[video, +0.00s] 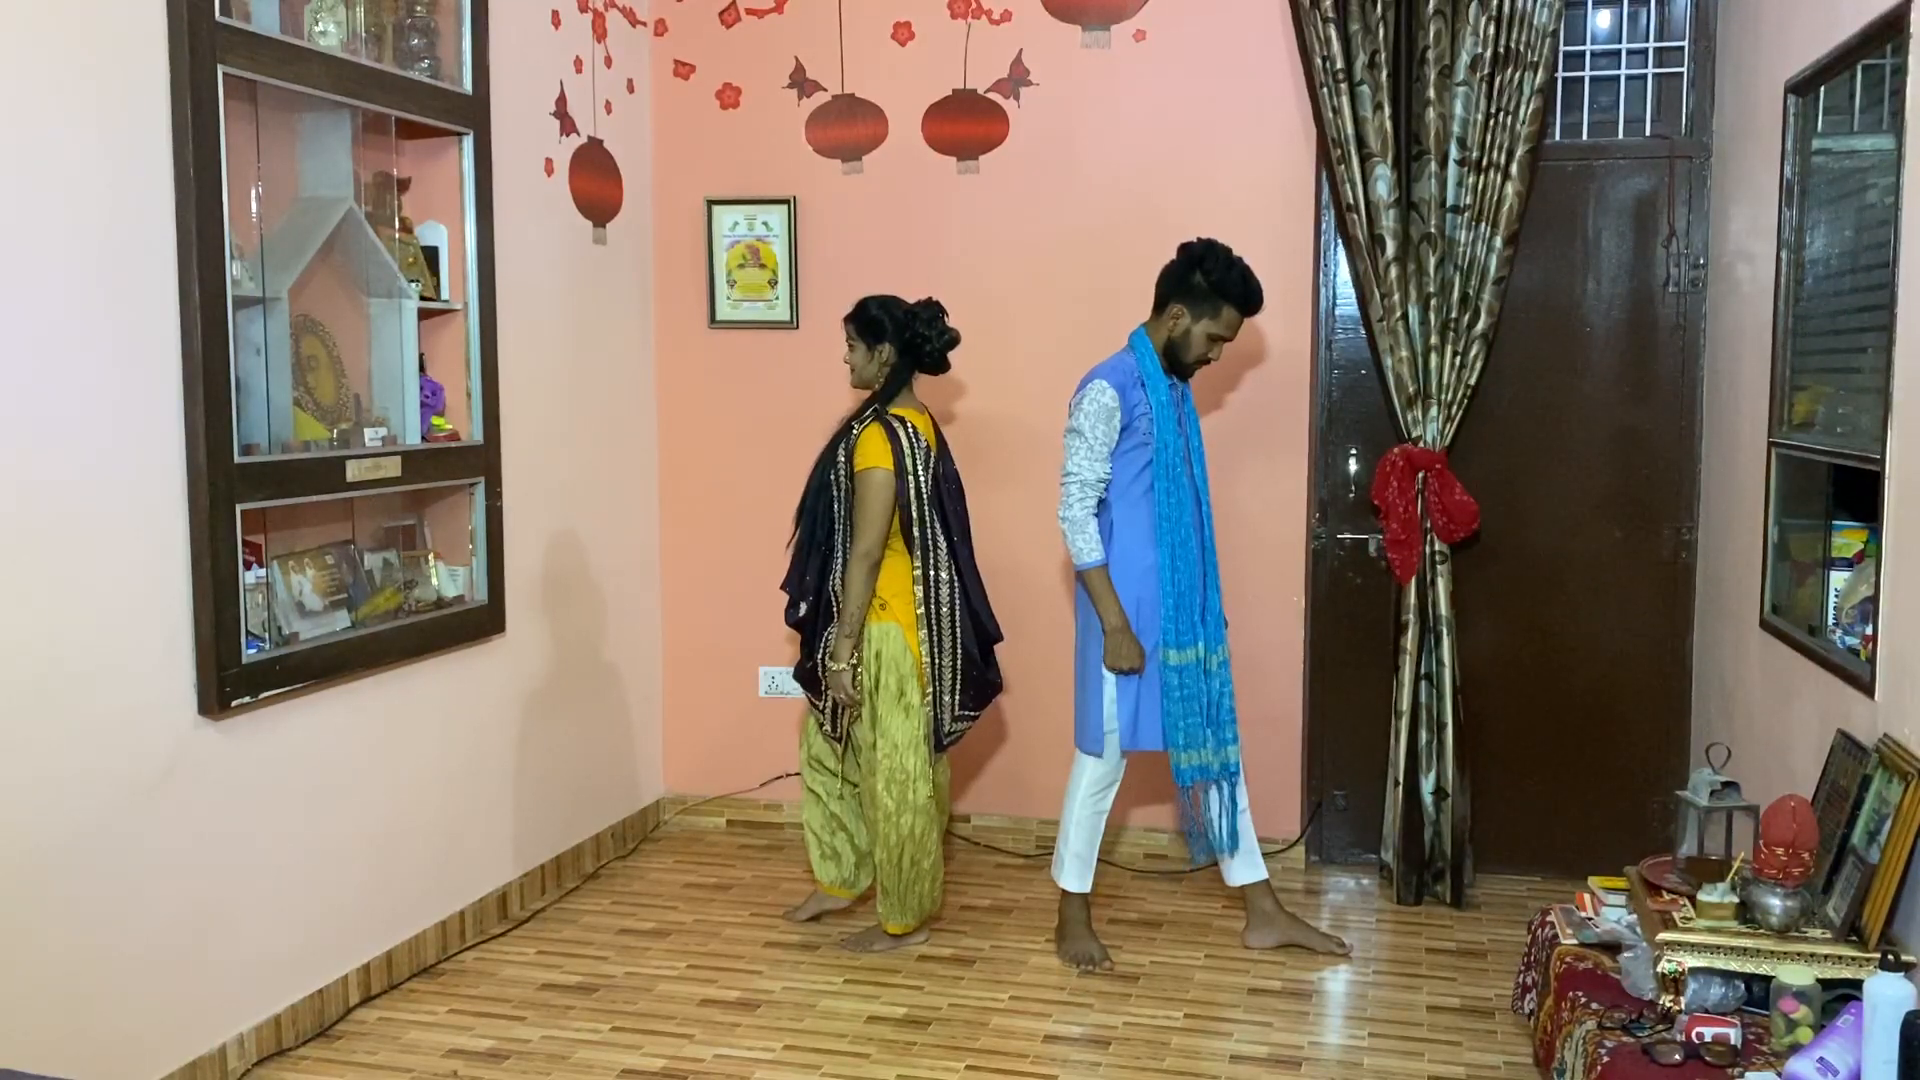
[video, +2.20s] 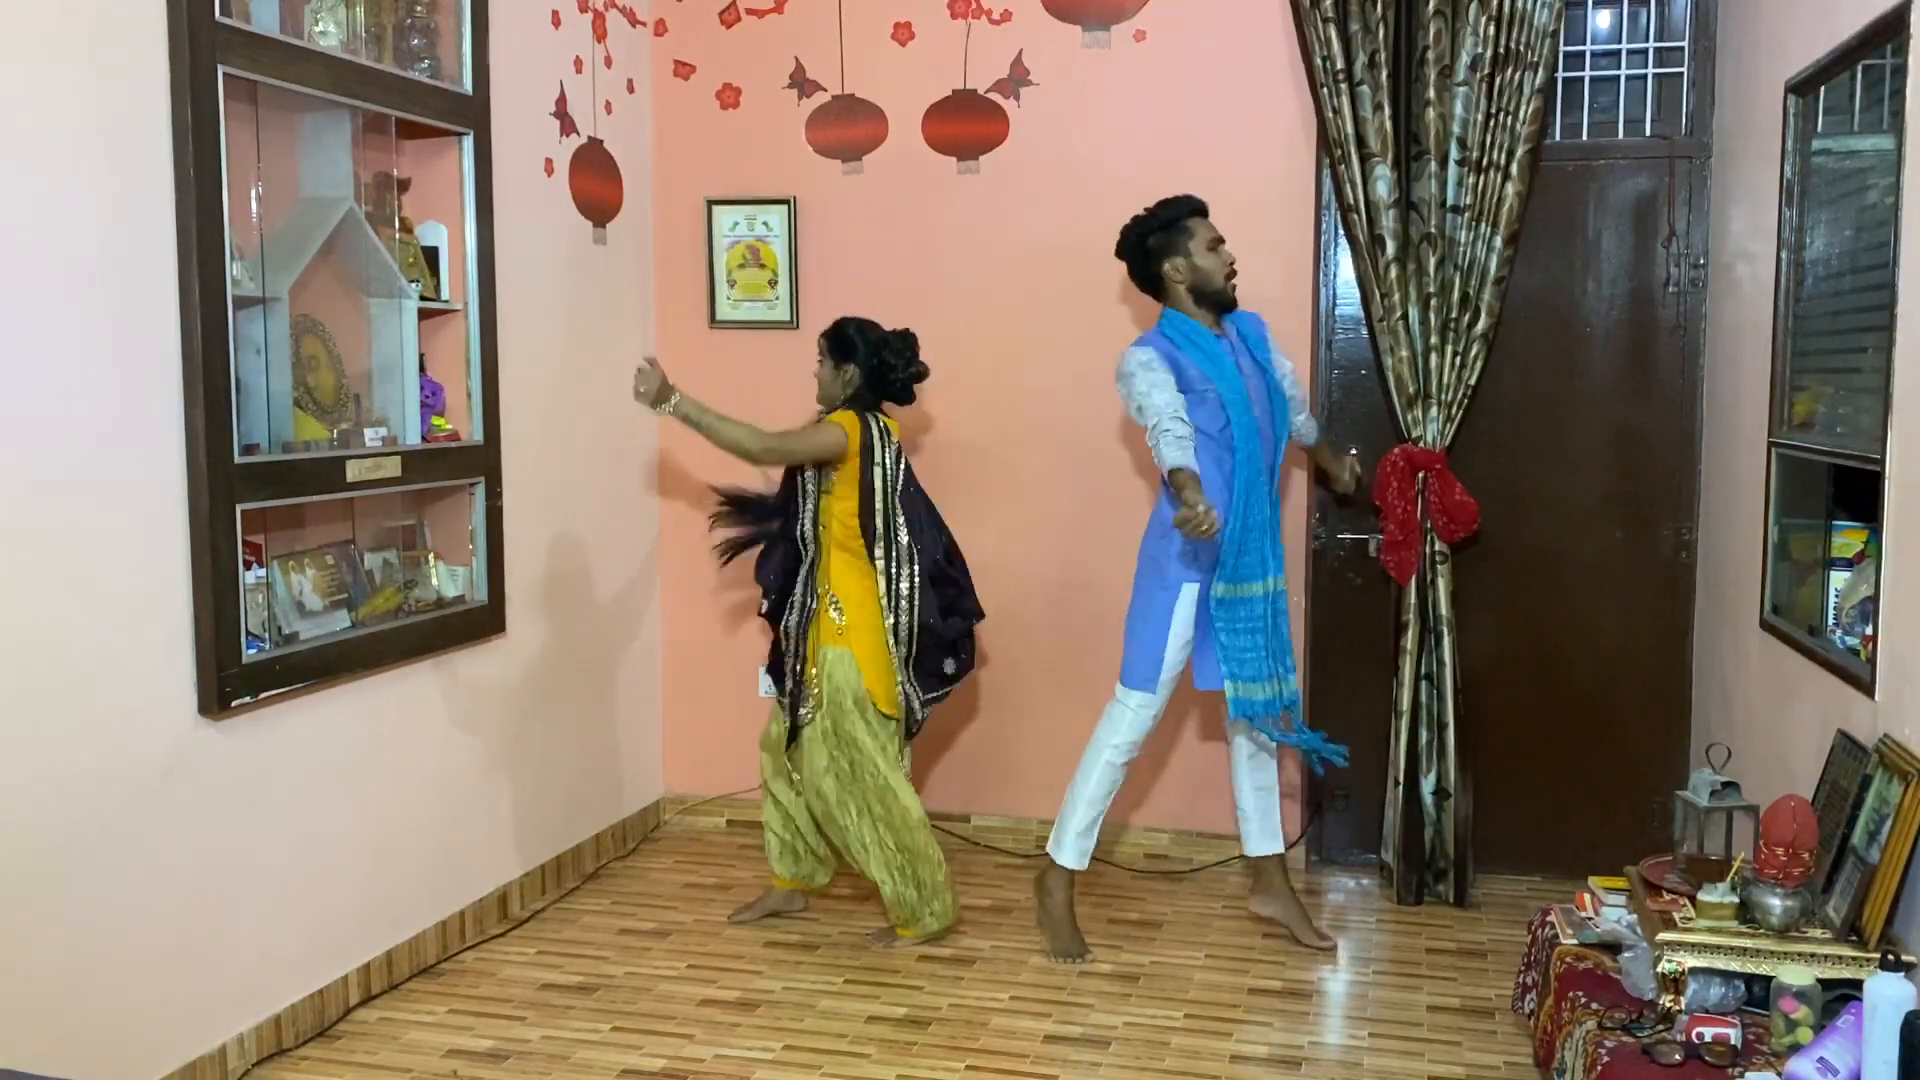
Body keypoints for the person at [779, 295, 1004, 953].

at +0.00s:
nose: (845, 359)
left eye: (854, 347)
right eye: (846, 346)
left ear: (887, 354)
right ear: (894, 354)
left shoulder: (880, 434)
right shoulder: (913, 423)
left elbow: (868, 551)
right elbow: (883, 547)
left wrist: (843, 648)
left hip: (886, 628)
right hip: (884, 618)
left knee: (896, 775)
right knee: (828, 752)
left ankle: (905, 915)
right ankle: (842, 878)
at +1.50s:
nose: (842, 359)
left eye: (850, 349)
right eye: (845, 348)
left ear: (880, 357)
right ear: (888, 358)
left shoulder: (877, 439)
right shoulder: (908, 426)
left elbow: (867, 558)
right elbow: (892, 552)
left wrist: (788, 618)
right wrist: (811, 614)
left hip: (880, 630)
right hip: (885, 623)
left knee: (889, 772)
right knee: (818, 745)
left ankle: (907, 915)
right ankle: (845, 880)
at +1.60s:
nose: (842, 374)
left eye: (849, 364)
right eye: (844, 363)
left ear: (878, 373)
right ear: (886, 374)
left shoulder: (884, 451)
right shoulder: (904, 437)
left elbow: (839, 548)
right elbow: (865, 511)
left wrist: (775, 519)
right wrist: (805, 499)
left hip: (883, 638)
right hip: (877, 629)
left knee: (883, 775)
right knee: (801, 742)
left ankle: (907, 917)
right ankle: (842, 884)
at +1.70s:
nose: (844, 371)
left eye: (852, 361)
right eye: (848, 360)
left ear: (880, 369)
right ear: (891, 372)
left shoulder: (890, 436)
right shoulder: (886, 432)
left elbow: (783, 423)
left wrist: (822, 408)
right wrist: (834, 414)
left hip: (879, 633)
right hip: (847, 628)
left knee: (879, 776)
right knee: (809, 763)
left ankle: (909, 916)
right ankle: (844, 890)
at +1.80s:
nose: (840, 333)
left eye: (848, 322)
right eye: (842, 323)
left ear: (873, 332)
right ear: (895, 335)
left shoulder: (874, 390)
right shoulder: (905, 400)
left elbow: (810, 313)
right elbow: (882, 317)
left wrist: (761, 257)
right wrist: (843, 266)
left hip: (865, 601)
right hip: (849, 598)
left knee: (882, 752)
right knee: (825, 739)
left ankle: (903, 908)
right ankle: (837, 868)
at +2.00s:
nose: (827, 330)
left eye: (835, 320)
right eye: (829, 320)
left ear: (864, 332)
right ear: (883, 334)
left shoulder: (868, 388)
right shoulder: (892, 382)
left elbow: (820, 342)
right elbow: (886, 306)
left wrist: (774, 278)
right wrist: (878, 229)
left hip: (871, 591)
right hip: (848, 586)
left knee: (879, 742)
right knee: (822, 723)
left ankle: (918, 895)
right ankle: (810, 855)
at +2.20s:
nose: (814, 375)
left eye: (822, 364)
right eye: (817, 363)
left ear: (849, 373)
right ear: (861, 375)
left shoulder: (851, 432)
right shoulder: (859, 434)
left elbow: (764, 448)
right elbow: (837, 521)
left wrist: (674, 400)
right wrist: (774, 516)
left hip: (847, 625)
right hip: (824, 623)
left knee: (859, 764)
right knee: (785, 747)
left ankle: (924, 909)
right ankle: (793, 885)